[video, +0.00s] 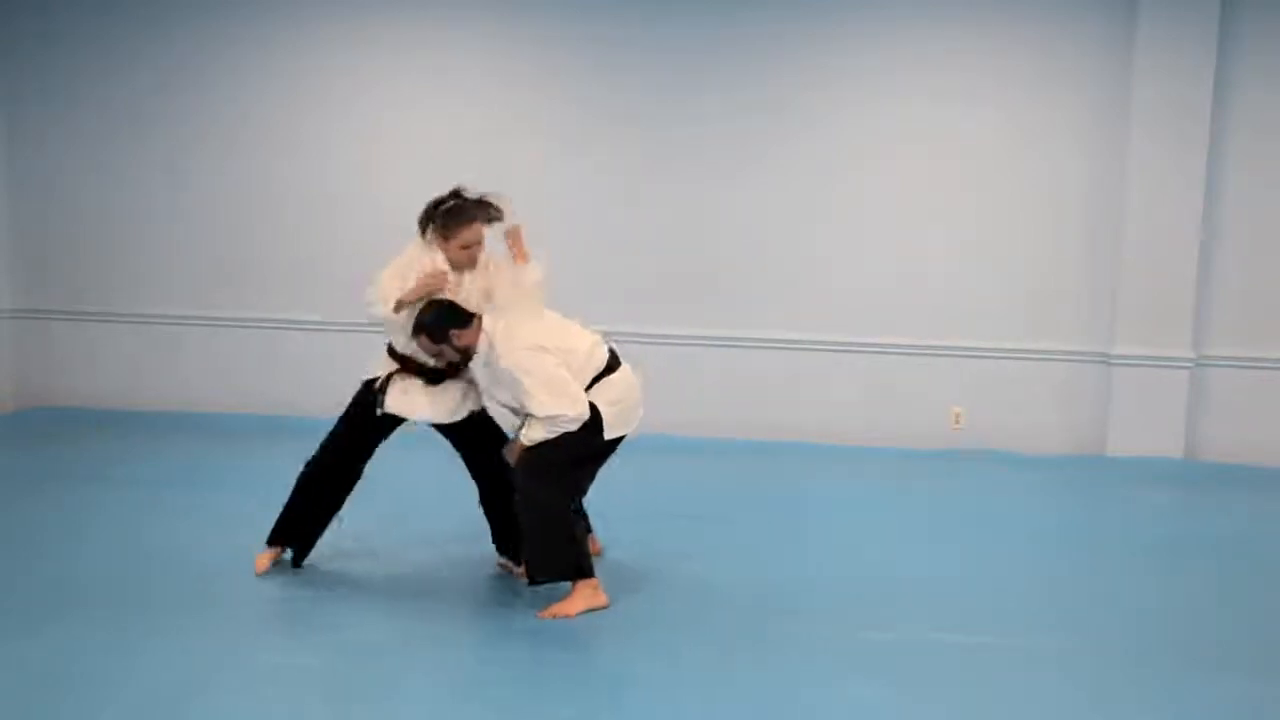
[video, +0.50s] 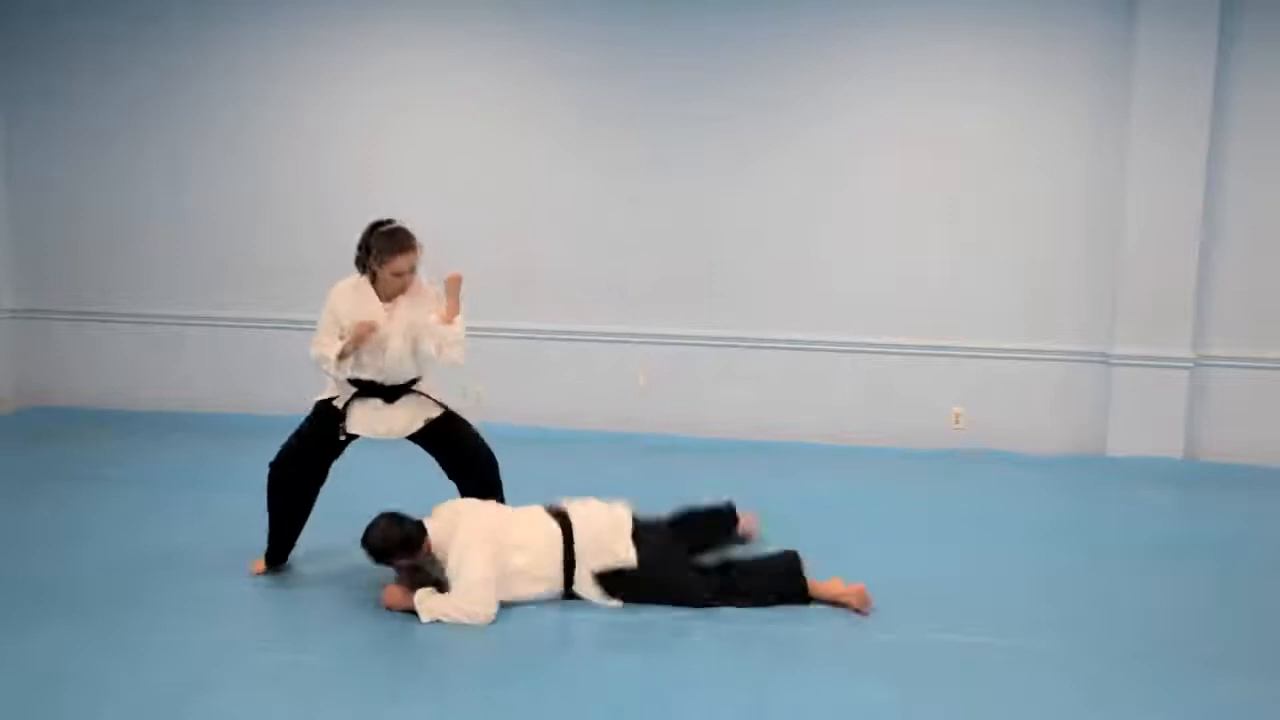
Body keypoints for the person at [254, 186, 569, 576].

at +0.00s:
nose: (476, 253)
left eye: (479, 245)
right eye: (467, 247)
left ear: (484, 241)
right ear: (440, 241)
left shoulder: (488, 271)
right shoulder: (415, 261)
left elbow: (522, 313)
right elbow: (378, 305)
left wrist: (522, 266)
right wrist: (419, 293)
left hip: (457, 390)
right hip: (398, 382)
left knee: (498, 470)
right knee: (337, 458)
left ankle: (515, 553)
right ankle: (283, 543)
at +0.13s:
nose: (460, 297)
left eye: (465, 288)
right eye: (452, 289)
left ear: (473, 281)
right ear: (425, 283)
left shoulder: (476, 310)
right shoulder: (397, 303)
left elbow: (505, 332)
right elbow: (371, 352)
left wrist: (490, 285)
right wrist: (396, 342)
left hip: (437, 415)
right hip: (375, 407)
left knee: (488, 468)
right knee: (303, 470)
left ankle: (509, 550)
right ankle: (276, 556)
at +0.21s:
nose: (442, 308)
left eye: (447, 299)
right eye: (434, 301)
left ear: (451, 294)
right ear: (406, 296)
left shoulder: (451, 322)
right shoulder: (376, 320)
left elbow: (491, 341)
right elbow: (353, 378)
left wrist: (472, 293)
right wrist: (393, 383)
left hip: (420, 421)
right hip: (360, 419)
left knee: (477, 463)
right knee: (294, 471)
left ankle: (504, 550)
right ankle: (270, 556)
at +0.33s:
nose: (419, 301)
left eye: (423, 292)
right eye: (410, 294)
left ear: (428, 285)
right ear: (383, 288)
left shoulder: (434, 318)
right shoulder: (354, 315)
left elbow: (466, 378)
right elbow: (334, 375)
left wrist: (467, 327)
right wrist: (361, 365)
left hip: (409, 409)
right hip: (351, 409)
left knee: (470, 460)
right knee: (295, 470)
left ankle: (499, 545)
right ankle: (268, 551)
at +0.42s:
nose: (412, 292)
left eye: (415, 283)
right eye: (403, 286)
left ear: (419, 274)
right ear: (378, 278)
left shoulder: (428, 309)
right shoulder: (348, 304)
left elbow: (453, 367)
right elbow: (328, 364)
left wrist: (459, 319)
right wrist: (353, 351)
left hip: (409, 403)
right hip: (350, 404)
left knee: (468, 457)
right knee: (296, 468)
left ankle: (487, 547)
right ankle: (270, 553)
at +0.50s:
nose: (408, 281)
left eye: (412, 272)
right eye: (399, 275)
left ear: (417, 262)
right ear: (373, 268)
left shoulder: (424, 296)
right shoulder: (345, 296)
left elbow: (449, 354)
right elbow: (323, 355)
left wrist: (452, 308)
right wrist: (349, 344)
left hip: (409, 400)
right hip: (350, 401)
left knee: (478, 461)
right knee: (290, 467)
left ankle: (497, 553)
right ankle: (276, 555)